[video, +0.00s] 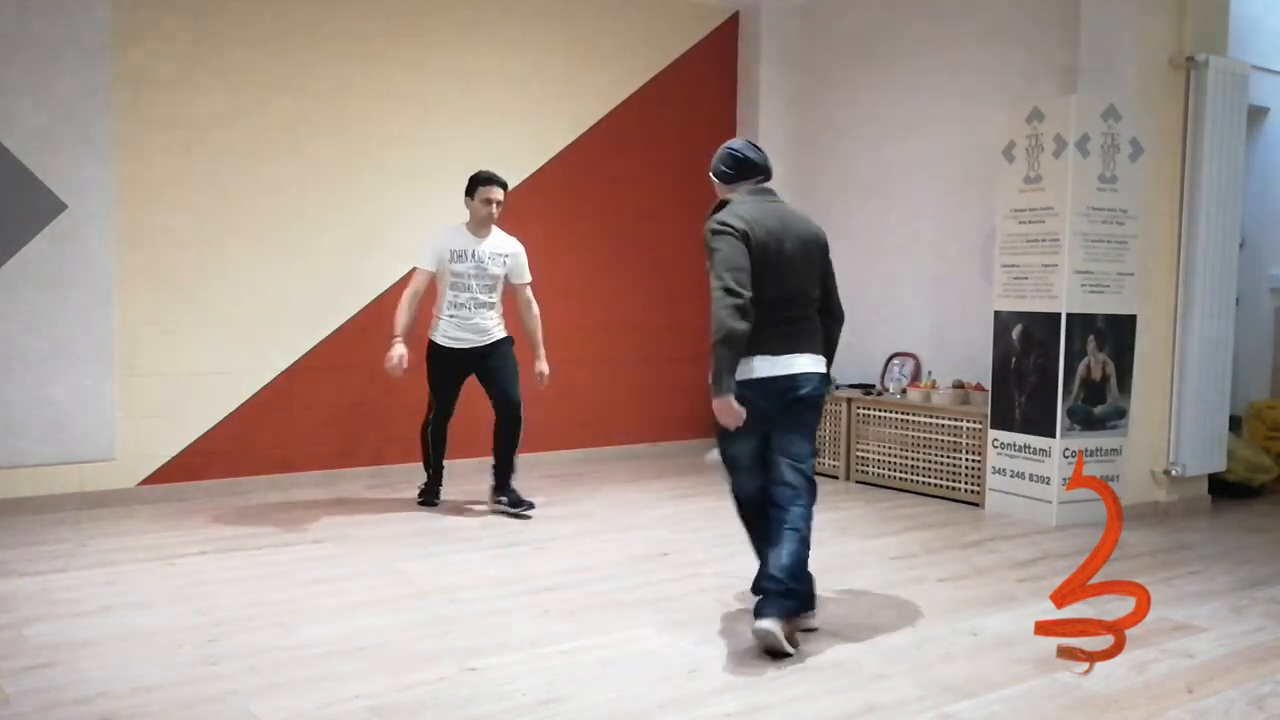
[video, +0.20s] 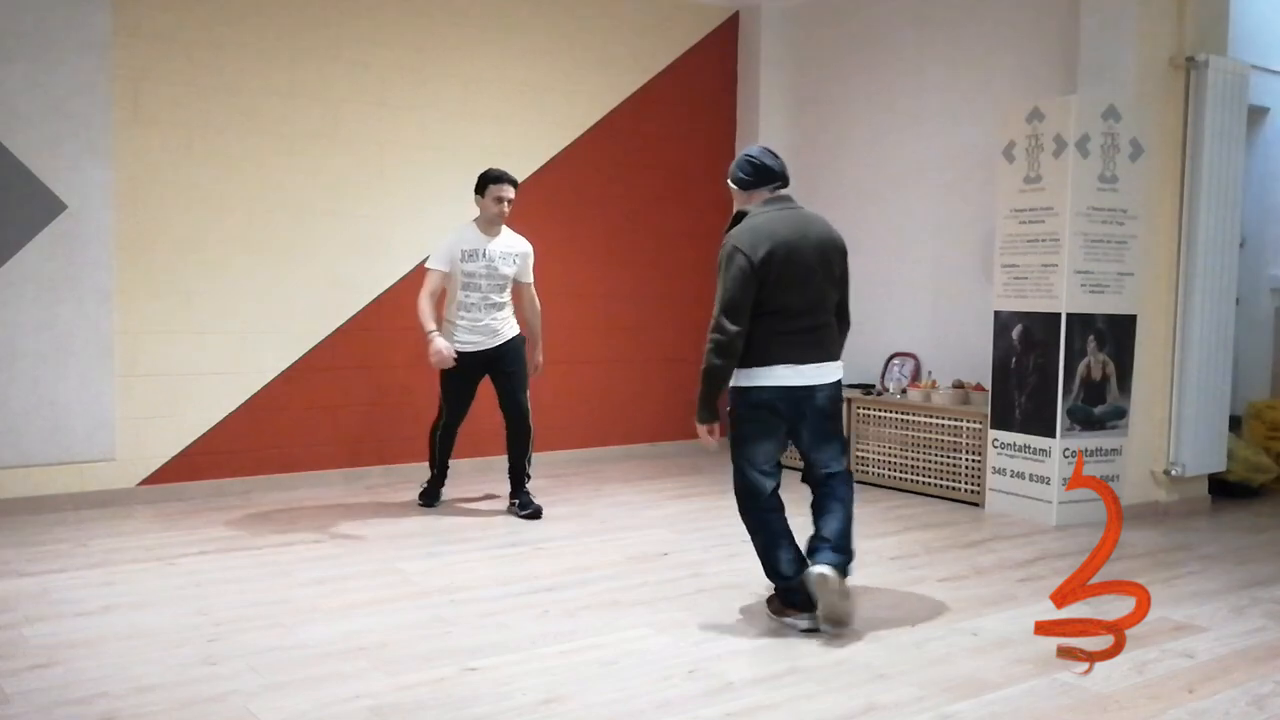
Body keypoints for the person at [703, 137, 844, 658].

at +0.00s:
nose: (713, 190)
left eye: (713, 182)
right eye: (714, 182)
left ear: (723, 182)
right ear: (764, 177)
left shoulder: (727, 223)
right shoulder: (806, 227)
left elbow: (733, 305)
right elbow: (832, 311)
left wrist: (722, 384)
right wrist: (819, 368)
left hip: (750, 378)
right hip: (806, 375)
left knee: (753, 492)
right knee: (794, 491)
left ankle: (797, 597)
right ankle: (771, 610)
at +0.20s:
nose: (731, 197)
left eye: (733, 190)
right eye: (731, 190)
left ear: (745, 191)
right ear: (781, 185)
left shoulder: (745, 238)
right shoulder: (825, 232)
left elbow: (728, 329)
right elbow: (840, 317)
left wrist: (707, 402)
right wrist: (821, 364)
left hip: (760, 386)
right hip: (820, 383)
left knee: (757, 490)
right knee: (832, 476)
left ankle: (795, 596)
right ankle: (829, 563)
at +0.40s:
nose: (746, 191)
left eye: (748, 184)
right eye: (747, 184)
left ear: (760, 186)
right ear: (798, 181)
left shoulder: (755, 236)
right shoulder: (839, 229)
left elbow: (726, 311)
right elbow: (857, 311)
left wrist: (702, 363)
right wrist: (850, 372)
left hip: (772, 379)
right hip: (829, 374)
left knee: (775, 491)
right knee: (836, 470)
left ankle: (798, 596)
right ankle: (861, 568)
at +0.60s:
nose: (763, 200)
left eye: (765, 194)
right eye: (764, 193)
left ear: (775, 195)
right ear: (811, 192)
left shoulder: (766, 246)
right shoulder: (850, 240)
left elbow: (737, 314)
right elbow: (868, 321)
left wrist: (715, 354)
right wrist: (865, 384)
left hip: (781, 381)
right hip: (837, 378)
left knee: (781, 483)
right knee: (831, 470)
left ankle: (801, 597)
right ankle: (837, 561)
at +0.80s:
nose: (768, 201)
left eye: (770, 194)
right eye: (769, 194)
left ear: (782, 196)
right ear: (817, 194)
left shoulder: (771, 242)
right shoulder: (853, 241)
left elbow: (746, 317)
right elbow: (870, 318)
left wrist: (731, 367)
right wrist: (872, 378)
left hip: (783, 377)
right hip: (835, 375)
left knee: (769, 470)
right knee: (826, 466)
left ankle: (797, 567)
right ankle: (833, 560)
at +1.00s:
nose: (760, 204)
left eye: (762, 197)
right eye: (761, 196)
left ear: (772, 199)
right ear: (808, 197)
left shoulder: (763, 243)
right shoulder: (842, 242)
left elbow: (738, 316)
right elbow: (859, 318)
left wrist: (716, 369)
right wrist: (863, 372)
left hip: (781, 377)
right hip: (830, 374)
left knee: (779, 473)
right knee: (819, 462)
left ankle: (807, 580)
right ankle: (835, 558)